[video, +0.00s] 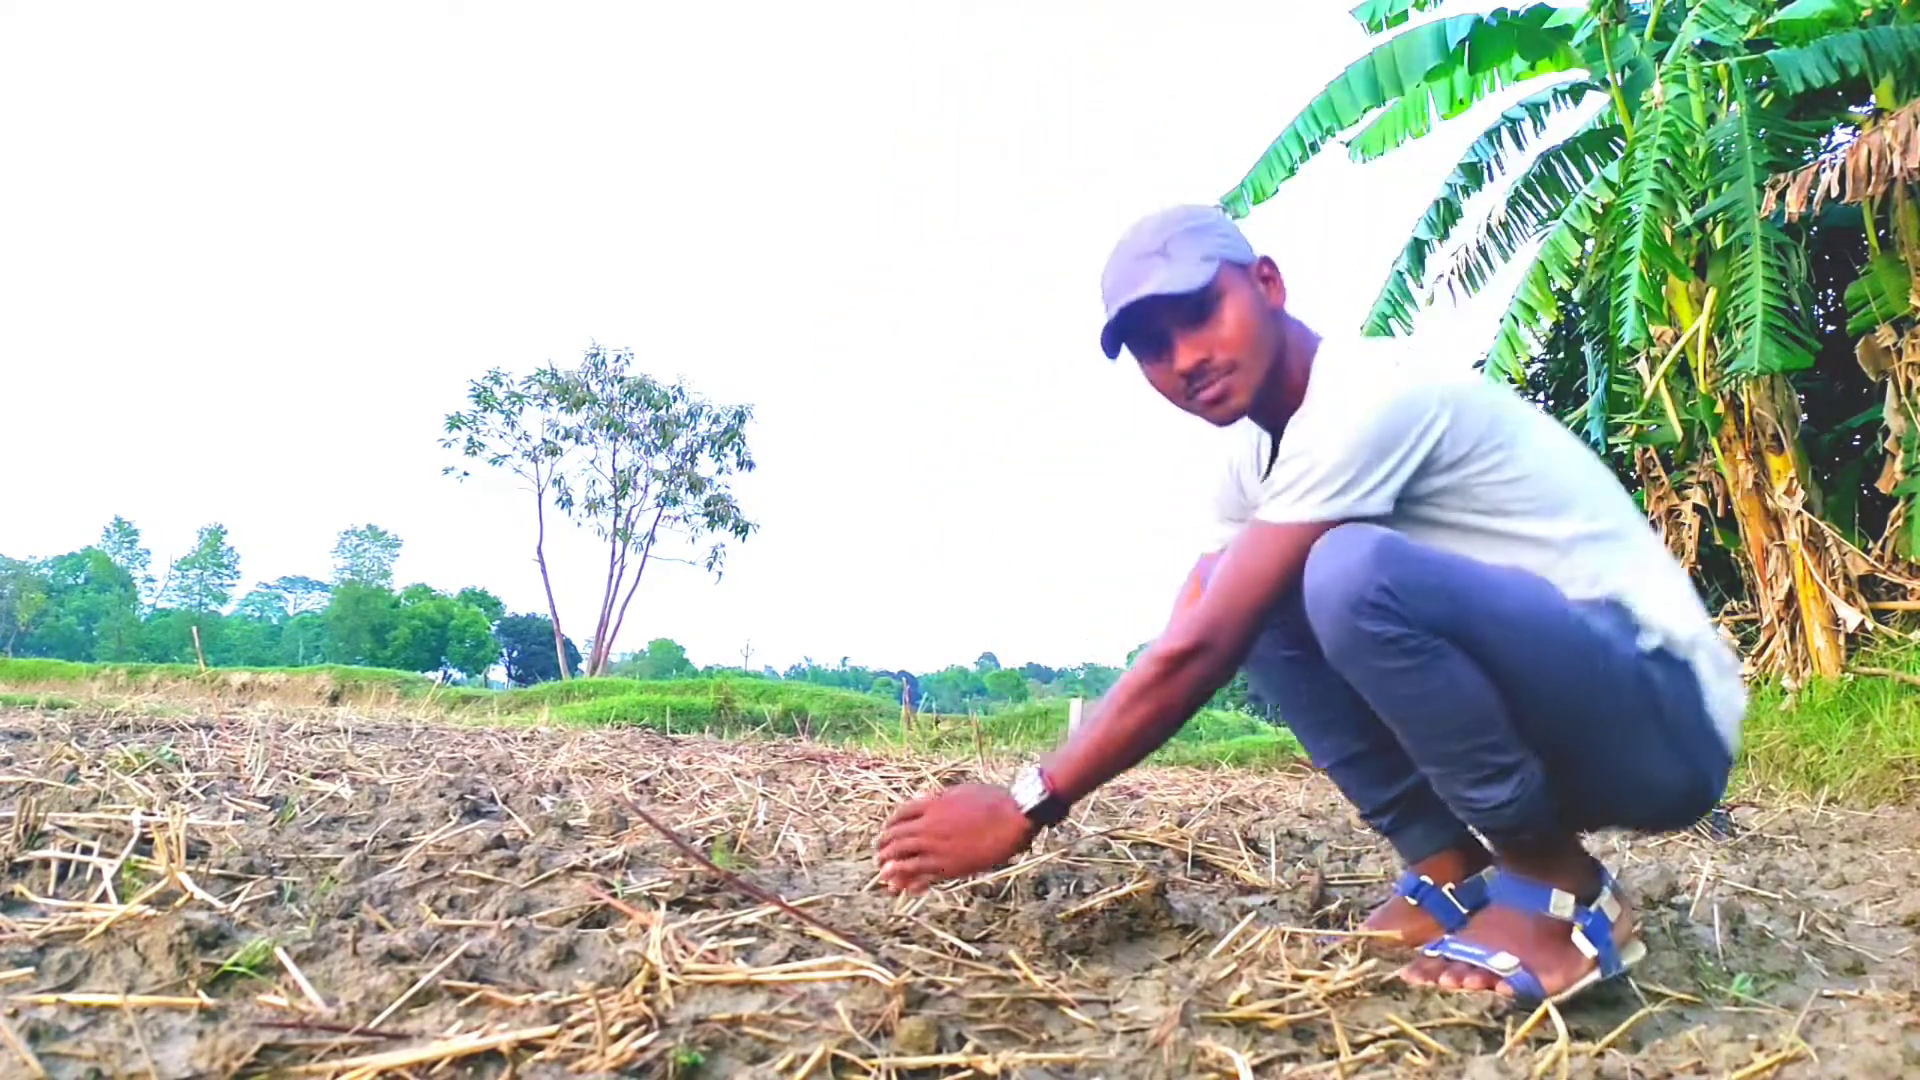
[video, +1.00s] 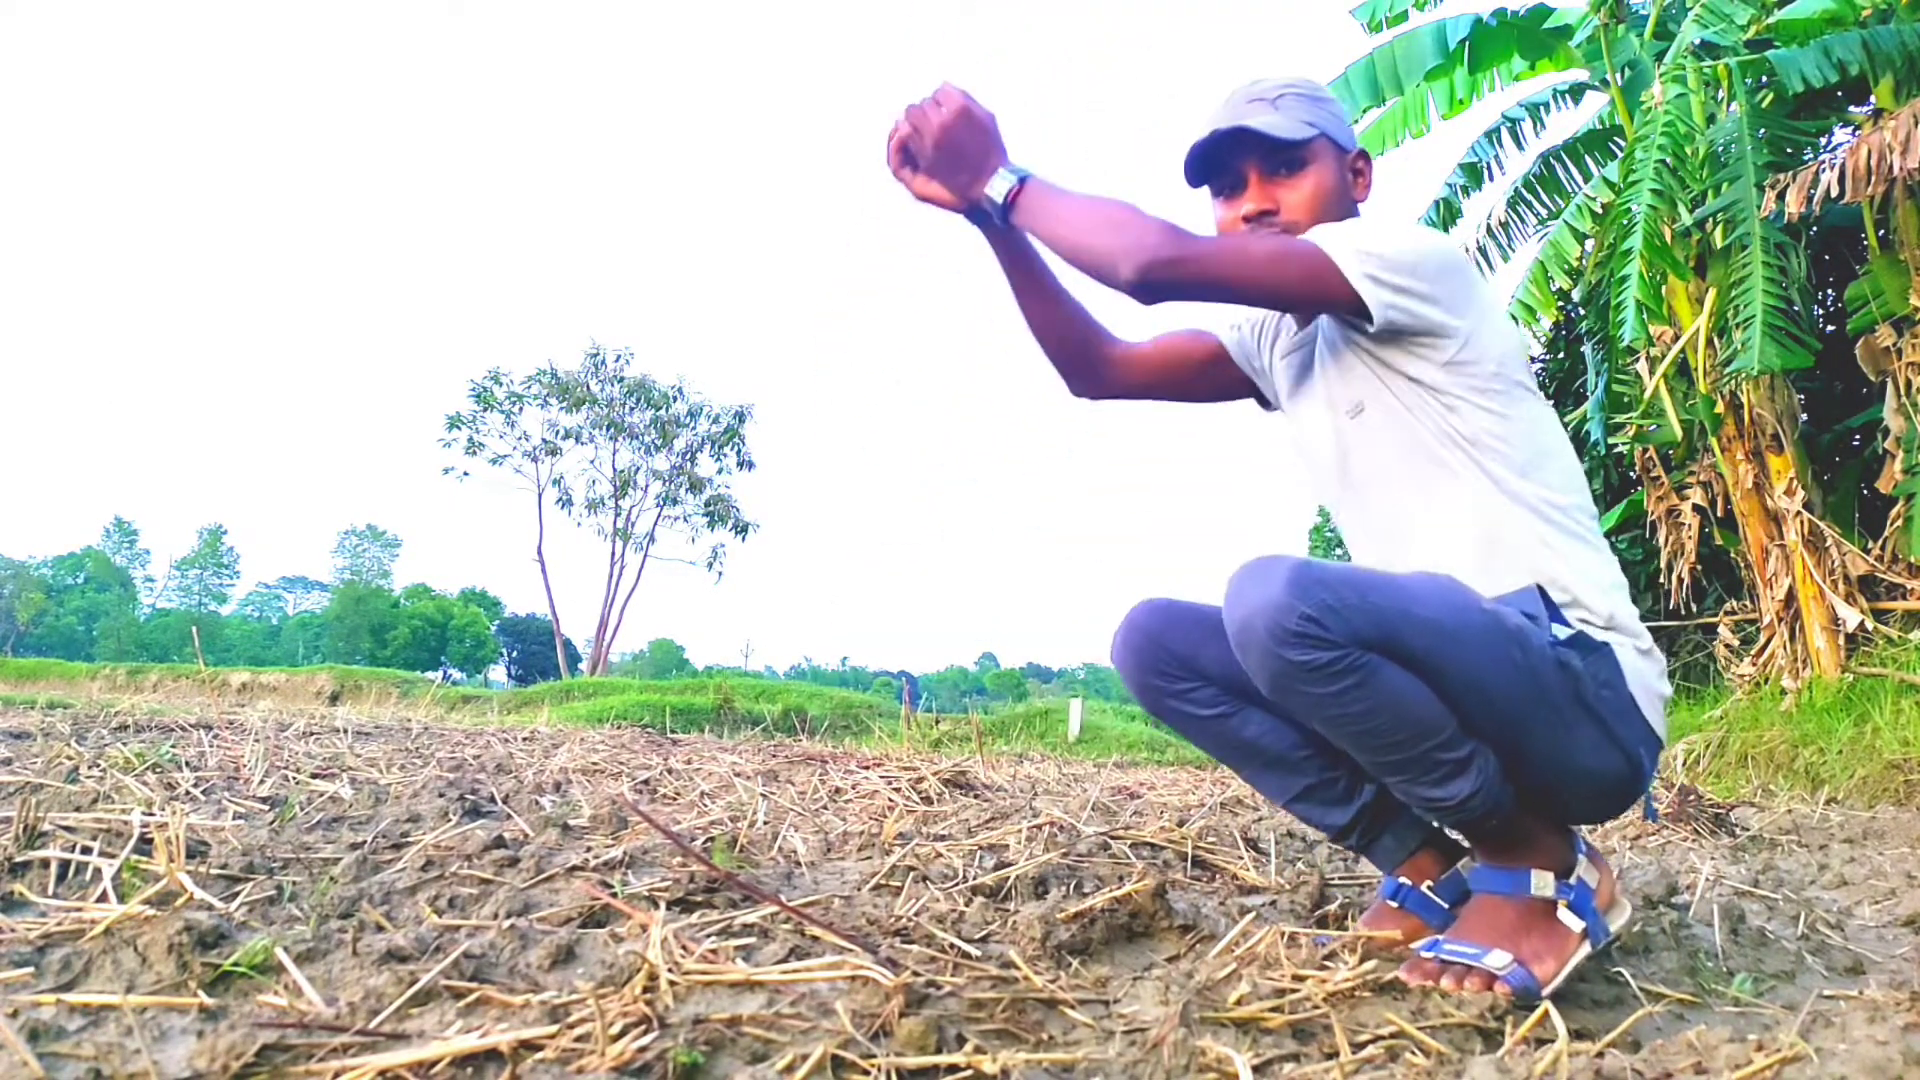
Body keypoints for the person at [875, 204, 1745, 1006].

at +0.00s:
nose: (1180, 361)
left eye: (1193, 313)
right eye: (1147, 346)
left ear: (1269, 283)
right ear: (1138, 369)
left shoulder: (1371, 398)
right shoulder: (1254, 466)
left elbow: (1196, 655)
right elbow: (1189, 649)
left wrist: (1028, 806)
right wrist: (1037, 798)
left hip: (1661, 712)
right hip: (1553, 731)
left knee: (1354, 576)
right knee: (1247, 603)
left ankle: (1560, 893)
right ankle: (1456, 873)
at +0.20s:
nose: (1164, 319)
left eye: (1188, 273)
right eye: (1134, 303)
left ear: (1265, 261)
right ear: (1124, 330)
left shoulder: (1354, 384)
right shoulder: (1240, 446)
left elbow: (1182, 641)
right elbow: (1175, 646)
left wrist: (1031, 798)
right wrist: (1028, 799)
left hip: (1653, 682)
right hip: (1549, 697)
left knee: (1331, 579)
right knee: (1238, 605)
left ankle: (1555, 877)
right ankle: (1446, 863)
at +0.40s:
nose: (1177, 293)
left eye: (1205, 250)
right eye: (1148, 275)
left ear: (1277, 247)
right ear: (1138, 306)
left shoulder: (1361, 370)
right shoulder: (1247, 449)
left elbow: (1177, 613)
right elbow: (1182, 632)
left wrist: (984, 697)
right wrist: (984, 696)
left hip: (1629, 706)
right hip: (1522, 724)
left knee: (1306, 588)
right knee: (1216, 617)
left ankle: (1543, 883)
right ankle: (1443, 869)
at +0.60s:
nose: (1210, 242)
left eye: (1238, 204)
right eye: (1183, 224)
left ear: (1311, 208)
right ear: (1169, 255)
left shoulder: (1383, 320)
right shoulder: (1280, 390)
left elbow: (1149, 472)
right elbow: (1124, 530)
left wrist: (946, 447)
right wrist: (951, 460)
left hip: (1609, 694)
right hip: (1498, 713)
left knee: (1298, 591)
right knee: (1180, 610)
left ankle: (1543, 872)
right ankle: (1439, 867)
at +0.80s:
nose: (1234, 216)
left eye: (1267, 181)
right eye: (1209, 197)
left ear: (1342, 188)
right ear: (1195, 222)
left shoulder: (1404, 286)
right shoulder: (1272, 362)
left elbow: (1141, 322)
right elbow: (1087, 424)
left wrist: (972, 255)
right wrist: (970, 288)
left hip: (1588, 686)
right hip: (1468, 700)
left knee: (1282, 593)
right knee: (1160, 631)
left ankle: (1529, 856)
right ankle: (1431, 868)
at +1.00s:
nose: (1255, 199)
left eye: (1286, 164)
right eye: (1231, 185)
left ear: (1358, 173)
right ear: (1211, 209)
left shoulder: (1411, 262)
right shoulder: (1281, 340)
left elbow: (1155, 262)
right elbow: (1100, 368)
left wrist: (997, 182)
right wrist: (993, 217)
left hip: (1581, 685)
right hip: (1457, 697)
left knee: (1275, 603)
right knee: (1155, 642)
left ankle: (1534, 855)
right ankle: (1435, 856)